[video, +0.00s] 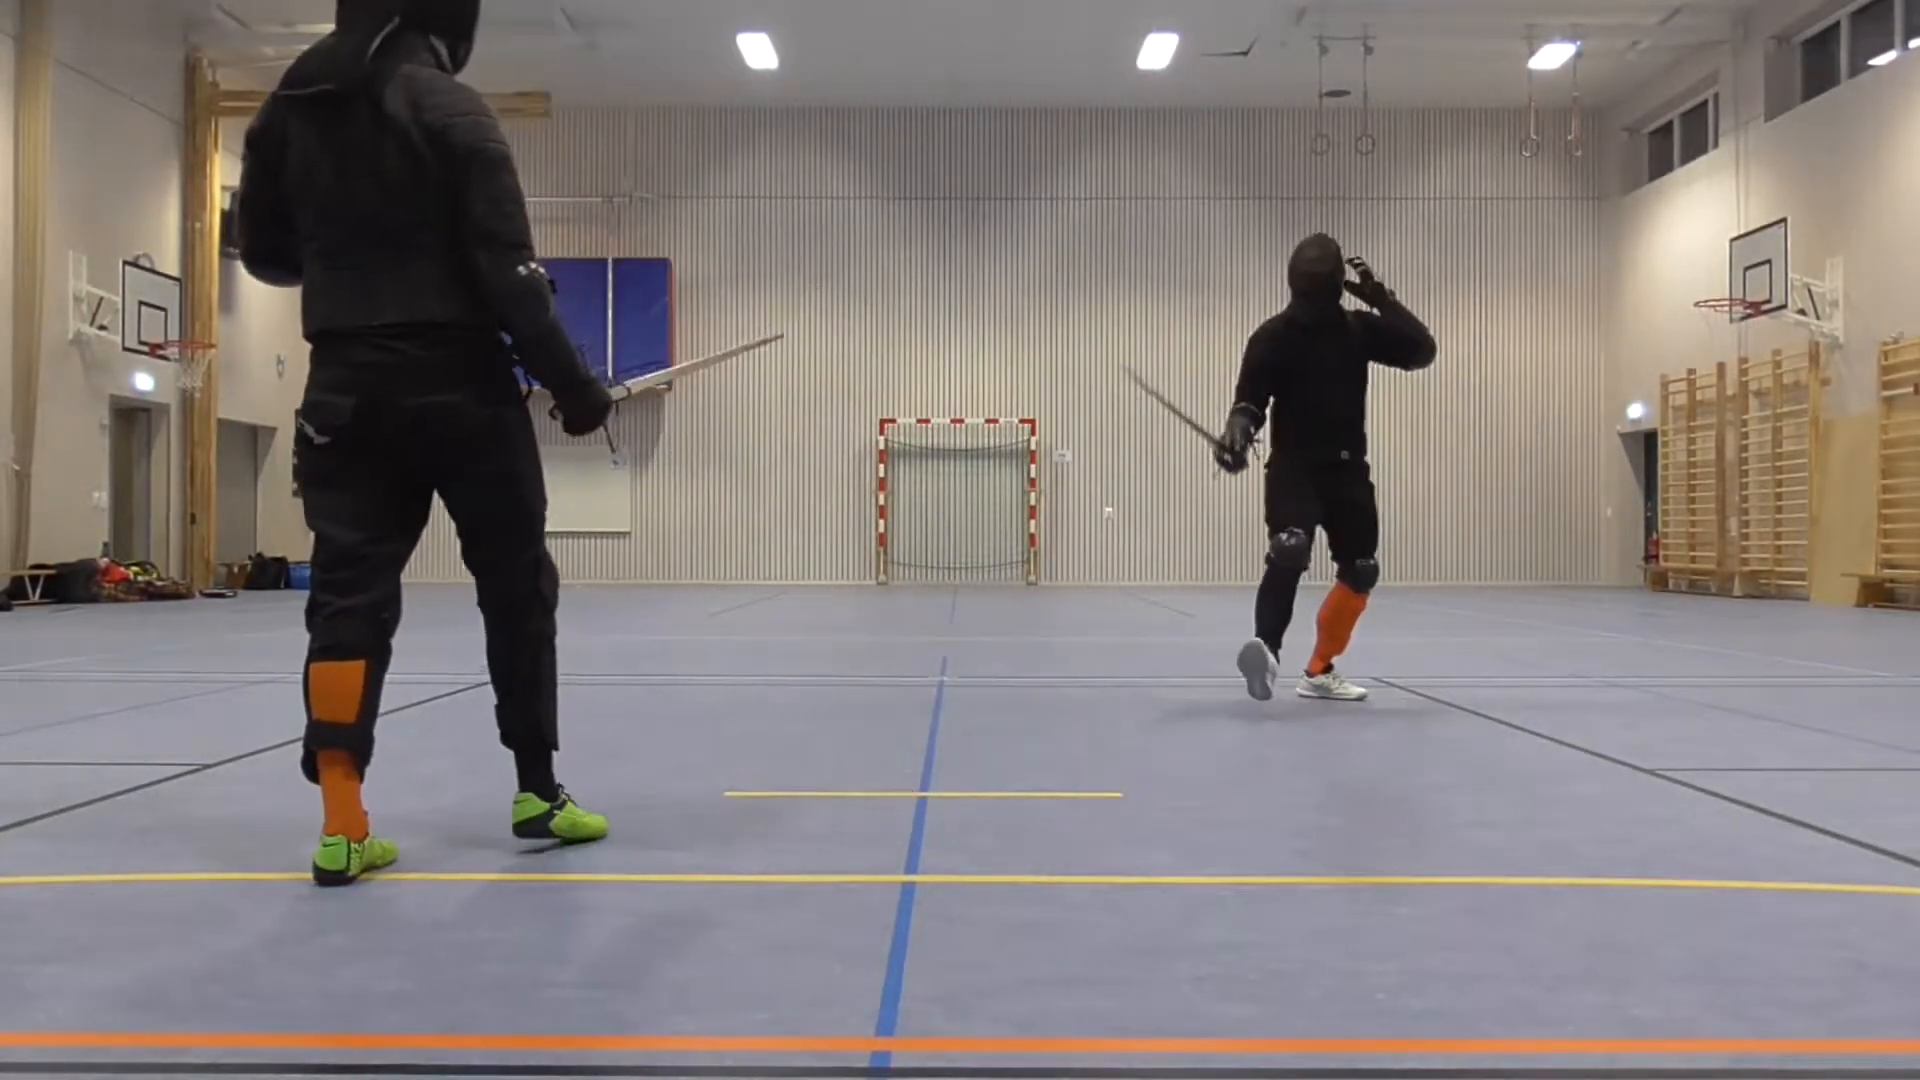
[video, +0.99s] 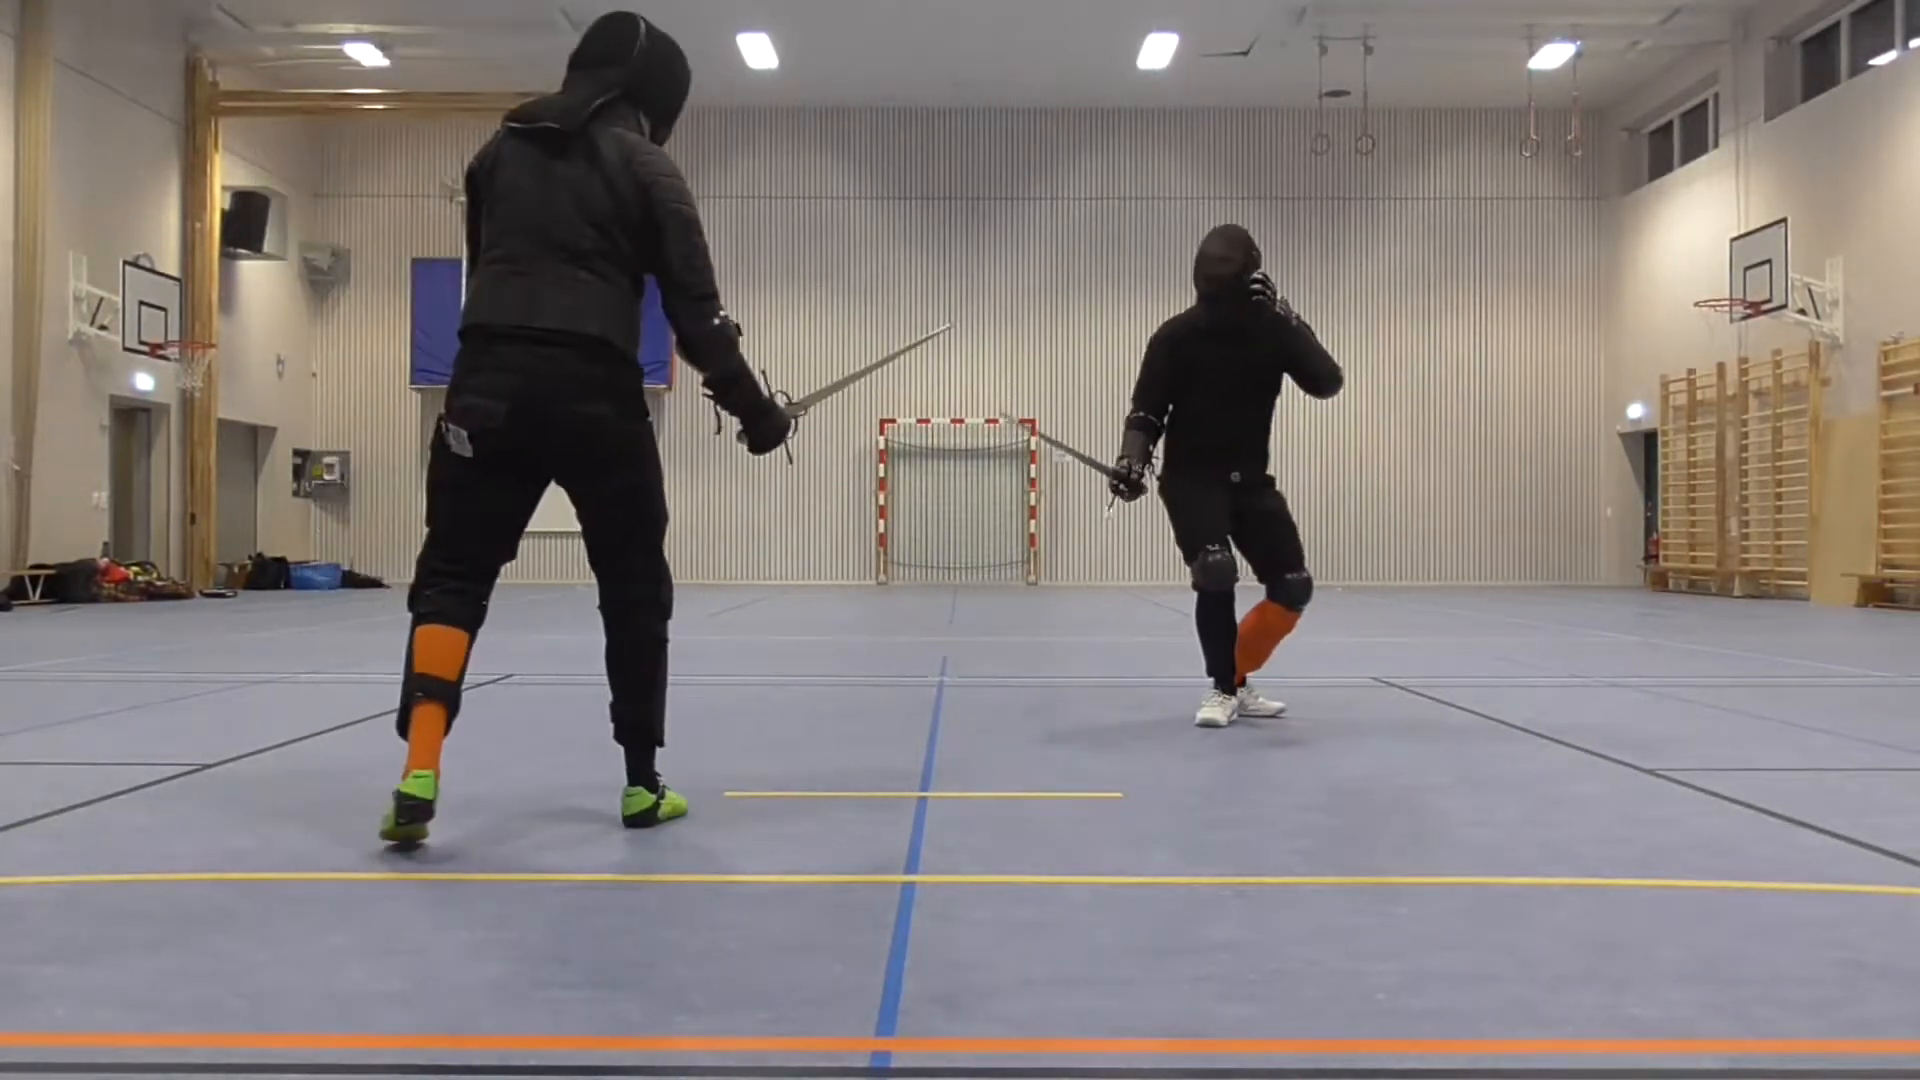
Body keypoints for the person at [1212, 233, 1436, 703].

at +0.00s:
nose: (1317, 290)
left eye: (1325, 281)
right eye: (1309, 281)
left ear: (1338, 281)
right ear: (1293, 281)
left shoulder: (1358, 330)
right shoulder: (1272, 338)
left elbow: (1421, 350)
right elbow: (1251, 401)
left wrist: (1380, 297)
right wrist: (1237, 432)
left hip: (1347, 467)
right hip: (1292, 467)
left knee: (1360, 572)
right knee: (1290, 548)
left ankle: (1319, 671)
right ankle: (1265, 652)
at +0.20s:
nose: (1296, 292)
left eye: (1306, 283)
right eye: (1289, 281)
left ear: (1323, 285)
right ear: (1274, 283)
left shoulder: (1341, 335)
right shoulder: (1252, 347)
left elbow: (1404, 354)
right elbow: (1236, 422)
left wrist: (1357, 298)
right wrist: (1230, 477)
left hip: (1329, 474)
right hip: (1275, 475)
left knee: (1354, 582)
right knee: (1273, 559)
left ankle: (1319, 674)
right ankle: (1241, 668)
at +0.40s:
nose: (1263, 288)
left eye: (1274, 279)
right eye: (1256, 278)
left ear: (1295, 284)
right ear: (1243, 283)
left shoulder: (1315, 341)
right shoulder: (1222, 348)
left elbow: (1378, 372)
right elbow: (1201, 423)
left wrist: (1332, 317)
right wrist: (1188, 484)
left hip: (1297, 480)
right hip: (1241, 479)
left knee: (1340, 579)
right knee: (1245, 561)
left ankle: (1318, 666)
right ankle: (1224, 691)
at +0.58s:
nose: (1239, 282)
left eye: (1250, 272)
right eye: (1233, 272)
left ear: (1274, 281)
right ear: (1221, 279)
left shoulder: (1296, 340)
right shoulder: (1197, 346)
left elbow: (1351, 385)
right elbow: (1170, 417)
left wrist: (1309, 336)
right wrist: (1150, 465)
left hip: (1275, 480)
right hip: (1218, 482)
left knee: (1346, 570)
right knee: (1230, 569)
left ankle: (1267, 659)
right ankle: (1224, 690)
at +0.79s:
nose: (1221, 292)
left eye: (1233, 282)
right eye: (1215, 281)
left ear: (1258, 281)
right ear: (1205, 279)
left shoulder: (1283, 333)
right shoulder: (1185, 342)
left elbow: (1335, 382)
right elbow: (1156, 412)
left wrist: (1288, 322)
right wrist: (1137, 454)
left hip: (1262, 482)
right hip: (1203, 482)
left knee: (1312, 588)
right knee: (1220, 569)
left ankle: (1237, 680)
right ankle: (1222, 690)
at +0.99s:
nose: (1212, 290)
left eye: (1224, 280)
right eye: (1206, 279)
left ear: (1252, 277)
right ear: (1196, 276)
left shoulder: (1272, 329)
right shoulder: (1175, 338)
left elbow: (1328, 383)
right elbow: (1147, 411)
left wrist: (1284, 318)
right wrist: (1133, 460)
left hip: (1249, 478)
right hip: (1190, 479)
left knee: (1292, 588)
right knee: (1216, 570)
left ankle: (1234, 683)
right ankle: (1222, 690)